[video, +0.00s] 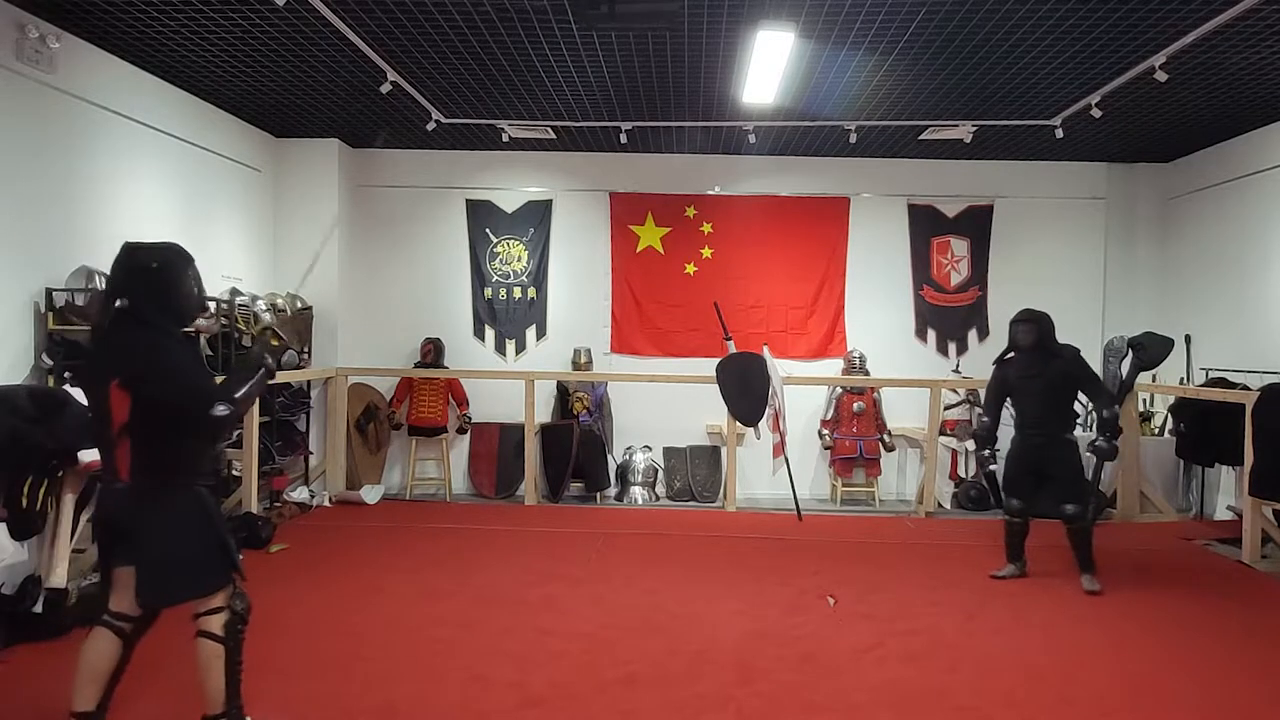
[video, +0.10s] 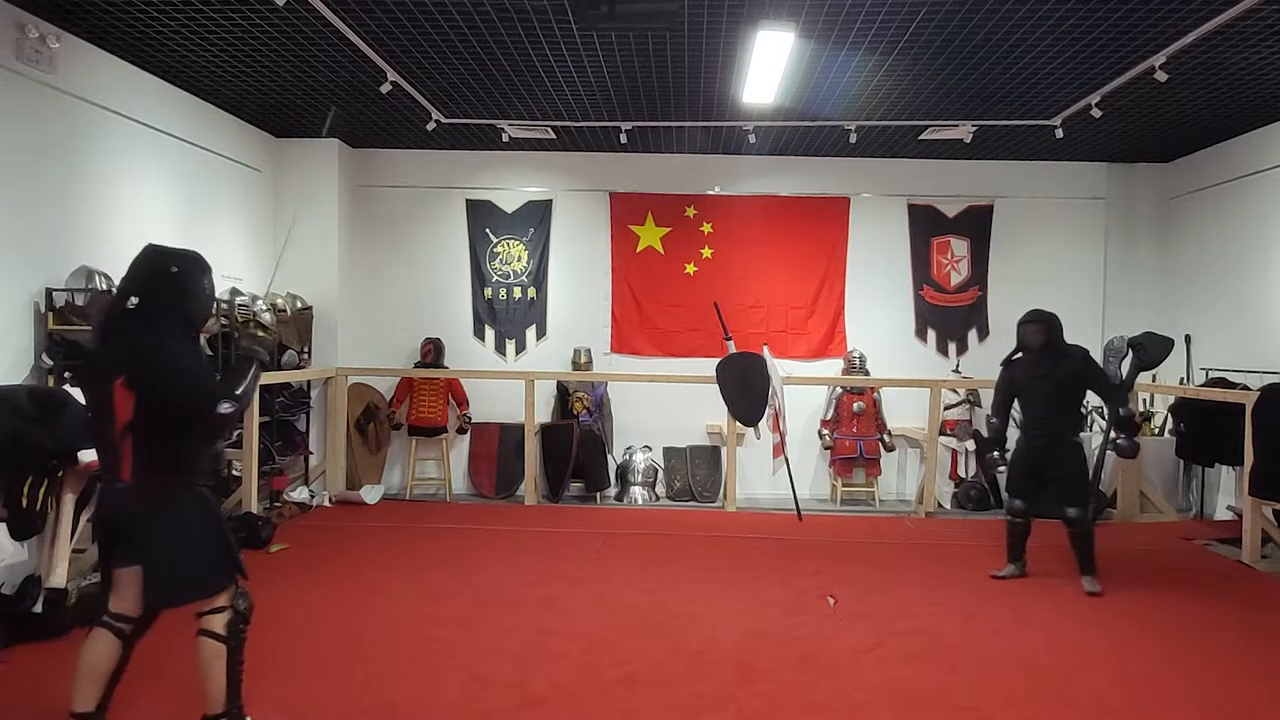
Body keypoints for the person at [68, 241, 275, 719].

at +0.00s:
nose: (198, 291)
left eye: (196, 280)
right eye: (191, 281)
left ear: (131, 287)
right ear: (166, 288)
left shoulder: (109, 339)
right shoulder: (167, 346)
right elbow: (210, 418)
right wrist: (255, 373)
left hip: (121, 497)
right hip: (174, 499)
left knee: (125, 610)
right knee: (222, 599)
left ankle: (84, 712)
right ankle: (223, 713)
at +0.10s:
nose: (211, 304)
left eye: (210, 293)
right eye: (205, 293)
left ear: (147, 289)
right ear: (183, 294)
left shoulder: (118, 341)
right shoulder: (174, 349)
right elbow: (205, 420)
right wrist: (247, 367)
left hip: (123, 498)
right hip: (177, 500)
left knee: (124, 611)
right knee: (223, 601)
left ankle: (83, 712)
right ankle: (223, 713)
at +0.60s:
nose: (201, 292)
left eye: (199, 281)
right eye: (194, 281)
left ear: (137, 286)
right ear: (172, 287)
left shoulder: (114, 337)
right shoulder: (172, 342)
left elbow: (103, 426)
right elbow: (194, 425)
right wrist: (270, 434)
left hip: (116, 495)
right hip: (169, 497)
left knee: (106, 614)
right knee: (219, 601)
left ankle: (78, 714)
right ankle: (221, 713)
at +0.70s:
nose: (199, 289)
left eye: (195, 278)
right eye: (191, 278)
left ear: (134, 287)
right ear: (169, 286)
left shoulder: (113, 337)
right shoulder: (174, 344)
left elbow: (106, 428)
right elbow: (188, 440)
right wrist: (258, 477)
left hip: (115, 495)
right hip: (171, 498)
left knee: (104, 615)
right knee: (229, 599)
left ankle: (77, 714)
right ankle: (221, 714)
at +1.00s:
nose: (240, 292)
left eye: (234, 282)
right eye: (233, 283)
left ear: (167, 295)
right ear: (220, 294)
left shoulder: (147, 350)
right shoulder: (224, 352)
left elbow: (144, 426)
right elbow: (223, 438)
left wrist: (183, 464)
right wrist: (236, 507)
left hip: (170, 495)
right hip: (222, 497)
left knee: (144, 606)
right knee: (263, 601)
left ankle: (86, 711)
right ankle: (224, 712)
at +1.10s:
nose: (264, 289)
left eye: (260, 279)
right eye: (258, 281)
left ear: (201, 291)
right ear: (247, 288)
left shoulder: (188, 340)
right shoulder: (248, 345)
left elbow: (165, 412)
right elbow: (246, 430)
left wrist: (211, 438)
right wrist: (268, 501)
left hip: (195, 489)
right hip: (245, 495)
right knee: (264, 604)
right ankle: (225, 713)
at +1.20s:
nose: (292, 291)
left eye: (287, 281)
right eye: (286, 282)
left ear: (223, 289)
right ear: (273, 289)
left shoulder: (203, 341)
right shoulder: (274, 348)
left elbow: (174, 413)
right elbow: (269, 431)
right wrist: (319, 491)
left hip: (211, 486)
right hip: (260, 491)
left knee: (225, 596)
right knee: (261, 609)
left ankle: (154, 695)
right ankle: (226, 713)